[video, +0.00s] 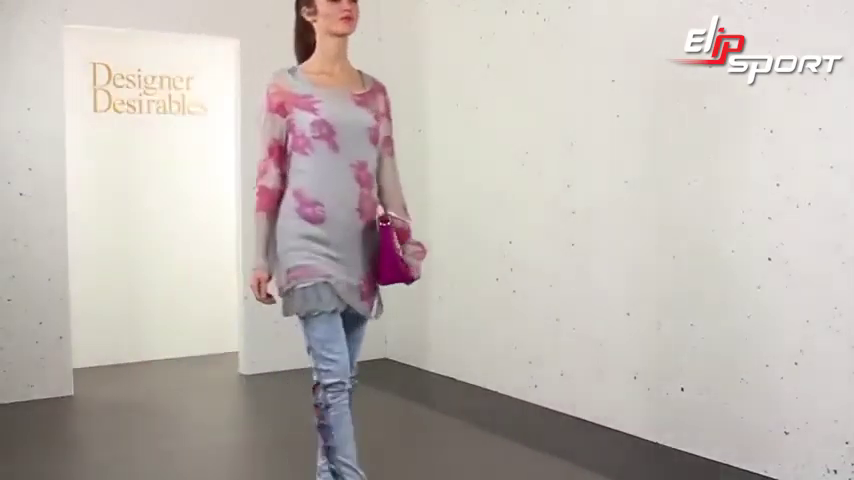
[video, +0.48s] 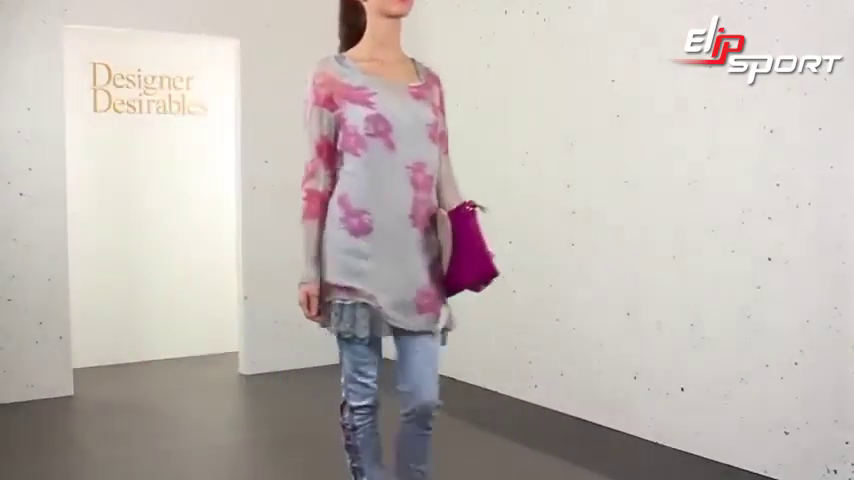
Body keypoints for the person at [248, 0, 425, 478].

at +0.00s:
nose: (348, 7)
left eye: (352, 1)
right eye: (334, 1)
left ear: (358, 10)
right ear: (310, 13)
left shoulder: (373, 89)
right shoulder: (285, 86)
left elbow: (387, 169)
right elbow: (270, 173)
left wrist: (404, 235)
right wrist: (262, 256)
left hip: (360, 242)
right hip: (303, 241)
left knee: (343, 372)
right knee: (334, 372)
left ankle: (327, 469)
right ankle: (349, 474)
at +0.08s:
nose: (356, 7)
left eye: (360, 0)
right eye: (343, 1)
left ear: (367, 10)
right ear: (317, 13)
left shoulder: (382, 91)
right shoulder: (292, 88)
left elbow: (396, 175)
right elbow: (278, 177)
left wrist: (413, 243)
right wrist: (268, 263)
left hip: (370, 246)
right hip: (311, 246)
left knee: (343, 379)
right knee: (340, 380)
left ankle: (329, 471)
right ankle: (359, 475)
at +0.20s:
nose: (369, 3)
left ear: (379, 10)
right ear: (328, 11)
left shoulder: (397, 92)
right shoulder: (304, 89)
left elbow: (411, 176)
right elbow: (290, 182)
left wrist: (425, 249)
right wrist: (281, 271)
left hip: (384, 253)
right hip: (323, 250)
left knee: (352, 384)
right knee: (352, 387)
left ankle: (334, 472)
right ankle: (365, 475)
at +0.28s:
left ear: (387, 6)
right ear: (336, 5)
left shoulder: (408, 86)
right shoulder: (312, 85)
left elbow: (422, 172)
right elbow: (299, 179)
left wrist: (436, 244)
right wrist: (292, 270)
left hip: (394, 251)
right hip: (333, 249)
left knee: (376, 389)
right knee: (356, 389)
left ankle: (340, 470)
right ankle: (368, 477)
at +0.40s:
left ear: (399, 4)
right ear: (352, 1)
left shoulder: (420, 83)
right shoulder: (324, 79)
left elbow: (435, 173)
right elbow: (310, 178)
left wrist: (453, 251)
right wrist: (302, 268)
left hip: (409, 257)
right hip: (344, 256)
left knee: (408, 397)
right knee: (360, 393)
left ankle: (382, 468)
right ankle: (367, 476)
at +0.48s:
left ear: (407, 3)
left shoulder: (428, 81)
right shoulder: (331, 76)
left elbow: (442, 172)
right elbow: (317, 176)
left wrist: (462, 251)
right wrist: (310, 269)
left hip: (419, 260)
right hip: (352, 261)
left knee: (423, 401)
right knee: (362, 397)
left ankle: (414, 473)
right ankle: (368, 474)